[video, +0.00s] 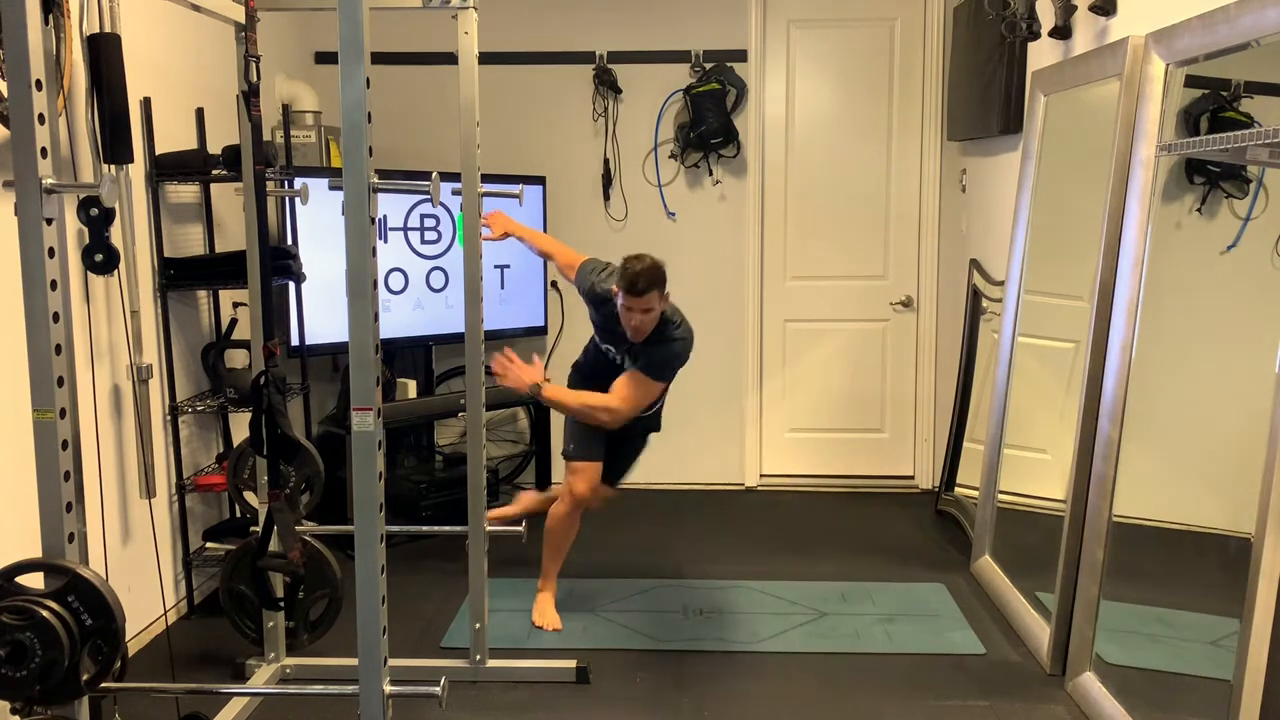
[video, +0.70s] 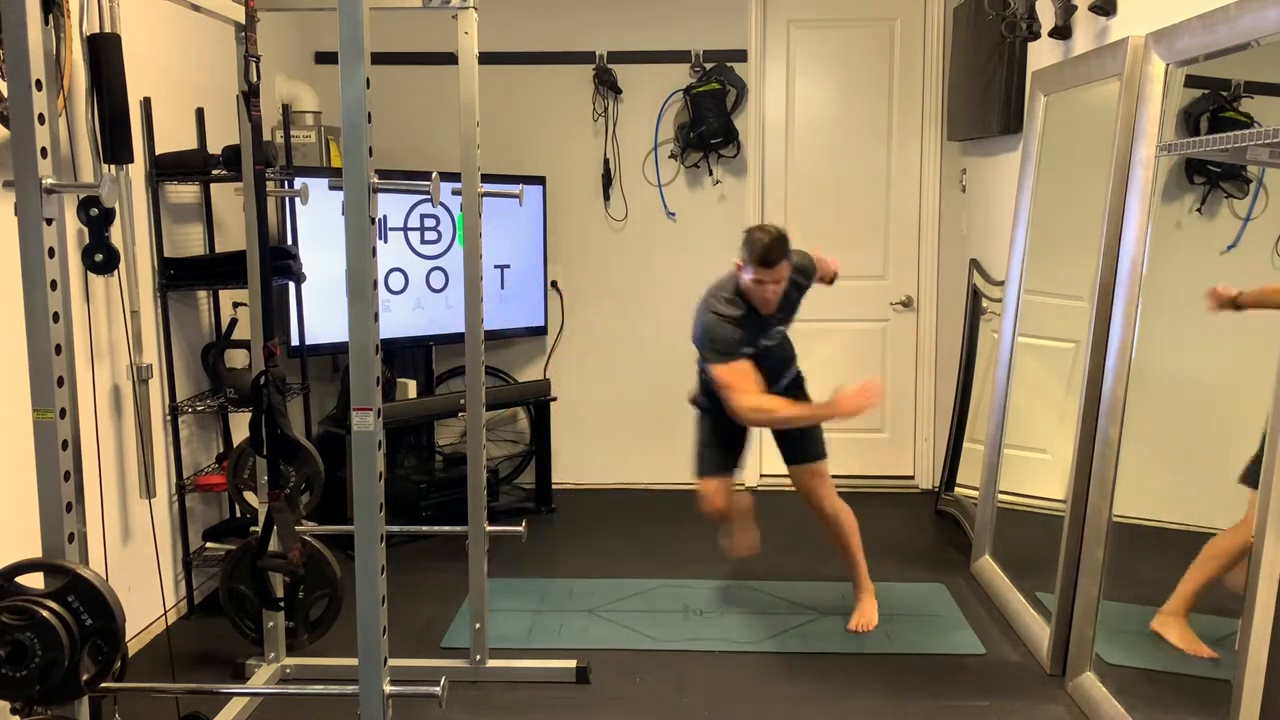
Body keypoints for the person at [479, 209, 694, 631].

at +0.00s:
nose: (635, 321)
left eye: (645, 312)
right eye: (627, 310)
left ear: (664, 302)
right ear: (616, 296)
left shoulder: (675, 338)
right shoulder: (601, 285)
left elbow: (615, 410)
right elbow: (560, 257)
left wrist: (540, 388)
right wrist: (514, 228)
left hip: (639, 409)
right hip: (590, 385)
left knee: (597, 495)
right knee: (577, 491)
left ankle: (531, 502)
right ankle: (546, 592)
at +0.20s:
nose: (628, 333)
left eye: (639, 323)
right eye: (620, 322)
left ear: (656, 312)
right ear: (609, 309)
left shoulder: (670, 347)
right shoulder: (596, 295)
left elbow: (604, 413)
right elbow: (543, 267)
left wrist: (540, 377)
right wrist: (493, 249)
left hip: (623, 420)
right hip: (577, 390)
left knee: (558, 486)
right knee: (568, 490)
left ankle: (478, 509)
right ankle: (544, 591)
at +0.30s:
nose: (643, 330)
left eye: (654, 320)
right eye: (635, 319)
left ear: (669, 307)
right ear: (622, 306)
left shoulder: (682, 337)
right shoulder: (599, 302)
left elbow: (670, 427)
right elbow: (531, 282)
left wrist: (592, 420)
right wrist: (468, 292)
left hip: (632, 410)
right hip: (581, 397)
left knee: (607, 509)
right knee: (571, 495)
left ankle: (547, 515)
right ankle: (545, 592)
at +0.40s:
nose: (666, 314)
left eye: (674, 304)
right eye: (657, 304)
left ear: (685, 291)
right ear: (638, 290)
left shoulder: (702, 319)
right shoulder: (603, 303)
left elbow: (751, 387)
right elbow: (524, 314)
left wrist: (707, 446)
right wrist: (472, 363)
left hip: (655, 407)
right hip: (596, 401)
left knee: (681, 503)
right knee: (574, 501)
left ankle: (669, 529)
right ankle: (544, 594)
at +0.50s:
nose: (693, 291)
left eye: (702, 281)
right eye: (684, 281)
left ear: (713, 270)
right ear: (666, 268)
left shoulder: (733, 288)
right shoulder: (633, 296)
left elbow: (794, 323)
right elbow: (558, 356)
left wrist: (793, 395)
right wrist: (560, 435)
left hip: (695, 390)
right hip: (631, 392)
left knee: (746, 480)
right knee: (591, 488)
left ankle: (785, 554)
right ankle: (546, 587)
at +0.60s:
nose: (731, 283)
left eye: (740, 273)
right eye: (722, 274)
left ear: (751, 261)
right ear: (703, 260)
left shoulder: (766, 266)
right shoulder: (675, 297)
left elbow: (811, 281)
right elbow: (645, 388)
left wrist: (823, 319)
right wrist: (702, 448)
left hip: (742, 376)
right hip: (681, 385)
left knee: (788, 476)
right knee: (639, 482)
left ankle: (848, 579)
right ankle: (606, 558)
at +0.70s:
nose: (770, 292)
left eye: (778, 282)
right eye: (760, 283)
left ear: (788, 270)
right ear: (740, 270)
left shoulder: (796, 269)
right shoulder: (718, 314)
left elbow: (820, 268)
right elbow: (746, 406)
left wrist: (830, 273)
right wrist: (831, 409)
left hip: (781, 380)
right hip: (723, 391)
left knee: (819, 494)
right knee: (713, 502)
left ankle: (864, 590)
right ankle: (741, 507)